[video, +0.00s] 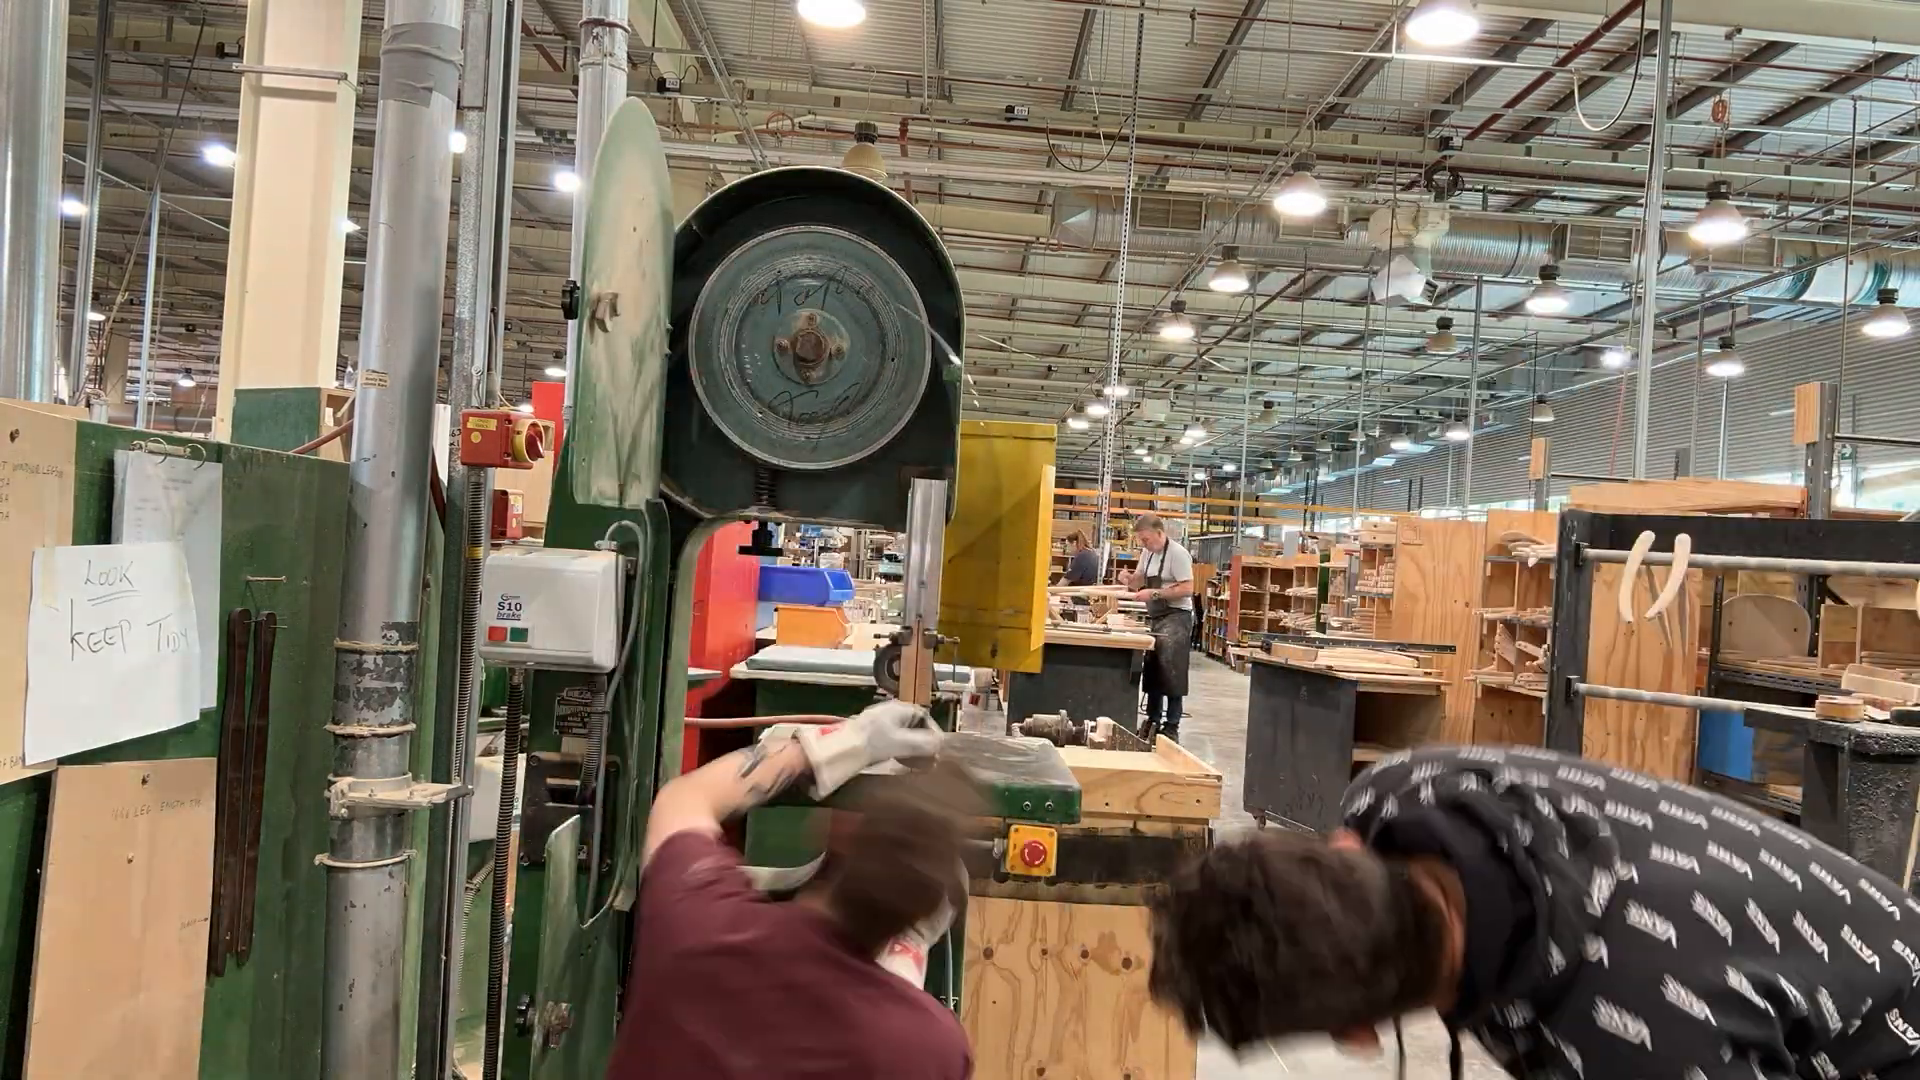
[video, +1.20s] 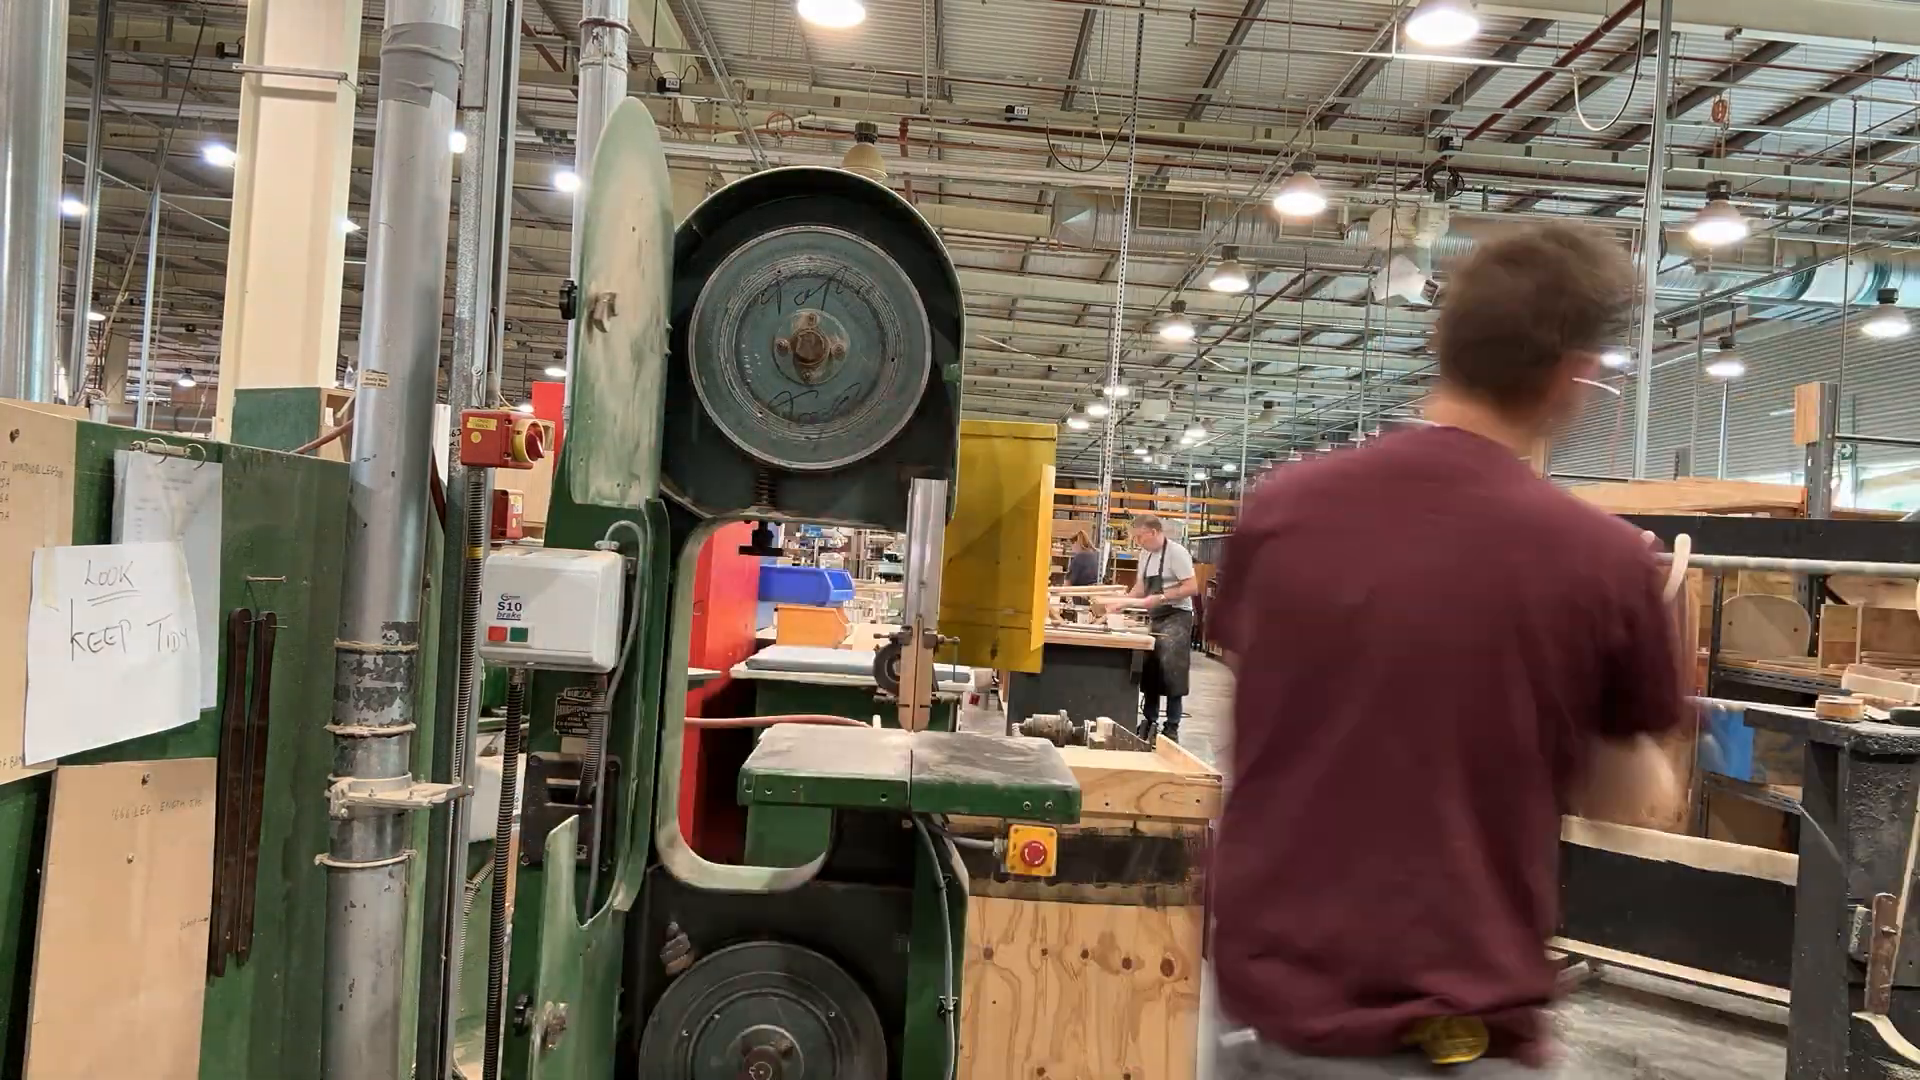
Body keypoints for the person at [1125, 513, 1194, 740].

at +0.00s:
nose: (1143, 544)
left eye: (1145, 539)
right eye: (1141, 540)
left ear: (1159, 533)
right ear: (1142, 536)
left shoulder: (1178, 553)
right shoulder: (1147, 553)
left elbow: (1188, 588)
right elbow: (1138, 582)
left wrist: (1154, 593)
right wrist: (1129, 580)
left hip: (1177, 616)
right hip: (1156, 616)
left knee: (1172, 670)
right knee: (1153, 669)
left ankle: (1171, 726)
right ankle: (1153, 720)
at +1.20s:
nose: (1138, 542)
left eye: (1140, 537)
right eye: (1136, 538)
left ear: (1154, 532)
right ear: (1148, 534)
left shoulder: (1177, 552)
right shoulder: (1146, 555)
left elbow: (1191, 587)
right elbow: (1140, 588)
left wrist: (1159, 598)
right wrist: (1121, 602)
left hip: (1176, 619)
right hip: (1155, 619)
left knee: (1173, 673)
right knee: (1150, 672)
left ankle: (1171, 728)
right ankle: (1148, 722)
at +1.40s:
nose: (1180, 530)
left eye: (1184, 526)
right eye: (1176, 526)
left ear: (1191, 529)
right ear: (1169, 529)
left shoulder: (1203, 554)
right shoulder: (1161, 551)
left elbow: (1214, 586)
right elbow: (1154, 579)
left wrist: (1194, 585)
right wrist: (1146, 577)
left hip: (1189, 616)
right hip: (1165, 616)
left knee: (1189, 670)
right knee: (1162, 669)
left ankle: (1187, 723)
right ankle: (1165, 721)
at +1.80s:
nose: (1175, 537)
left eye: (1178, 531)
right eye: (1174, 532)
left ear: (1192, 531)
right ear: (1184, 532)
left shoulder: (1210, 554)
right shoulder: (1183, 553)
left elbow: (1209, 586)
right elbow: (1181, 582)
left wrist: (1179, 581)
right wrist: (1167, 582)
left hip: (1201, 619)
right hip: (1180, 618)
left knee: (1200, 673)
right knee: (1164, 669)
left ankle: (1206, 731)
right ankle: (1166, 722)